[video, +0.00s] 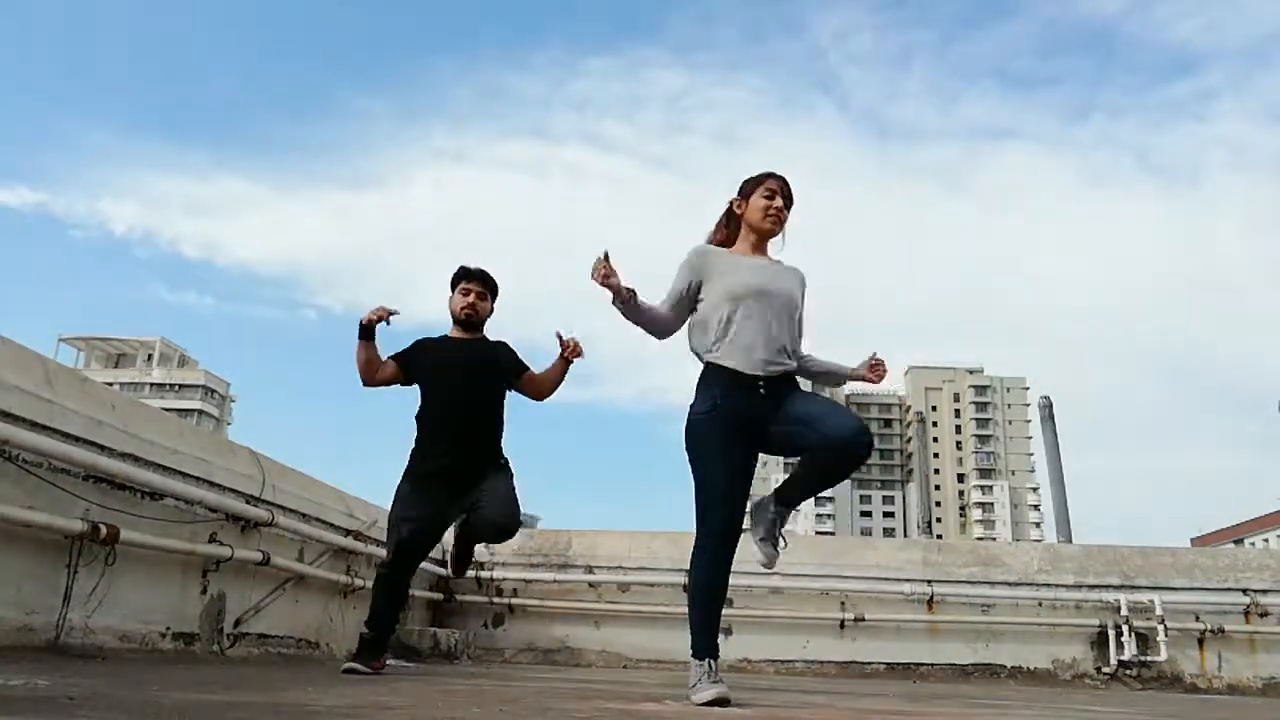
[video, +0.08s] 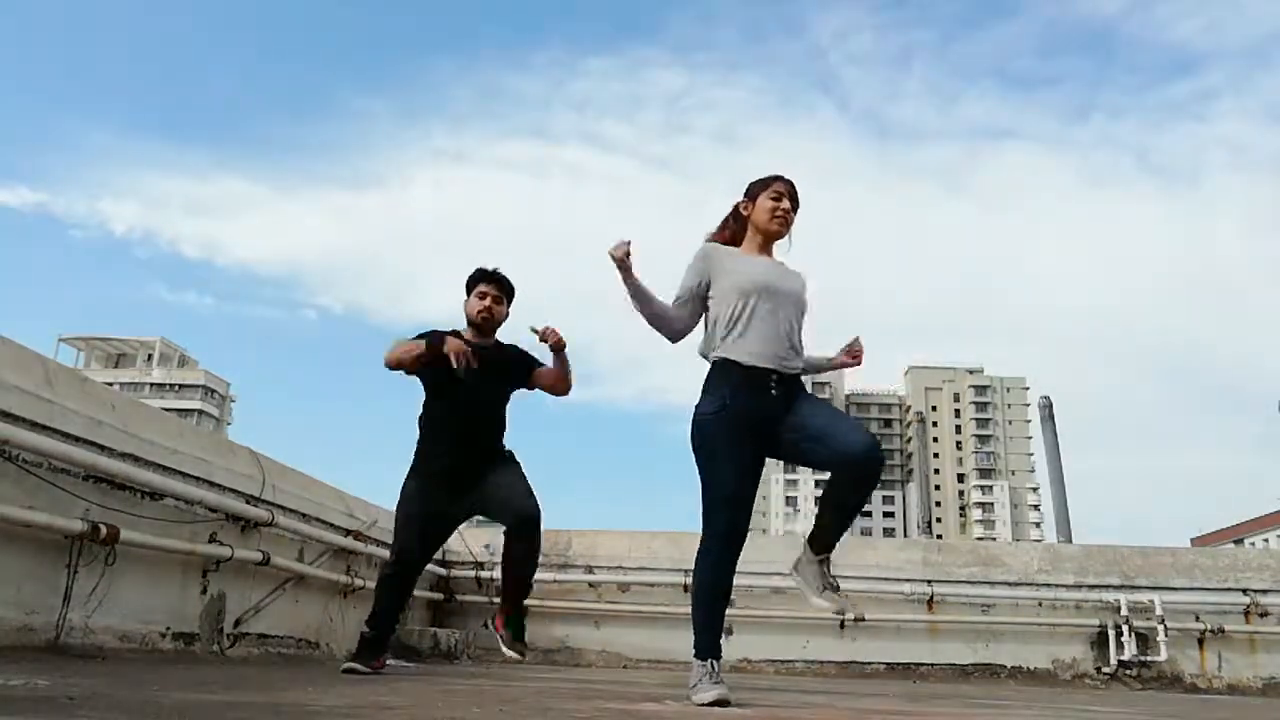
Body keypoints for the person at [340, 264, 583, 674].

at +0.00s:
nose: (471, 300)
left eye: (481, 296)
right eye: (465, 292)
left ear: (491, 309)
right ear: (450, 301)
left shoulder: (500, 355)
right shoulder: (426, 351)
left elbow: (539, 388)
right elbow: (372, 375)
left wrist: (563, 361)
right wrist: (366, 330)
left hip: (486, 469)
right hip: (430, 469)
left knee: (502, 523)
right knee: (398, 558)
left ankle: (466, 535)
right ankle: (372, 650)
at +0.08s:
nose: (488, 304)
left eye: (498, 300)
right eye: (481, 296)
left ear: (505, 314)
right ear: (466, 304)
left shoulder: (511, 359)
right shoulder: (438, 343)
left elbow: (560, 386)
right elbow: (393, 358)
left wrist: (559, 353)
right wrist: (439, 346)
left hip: (490, 470)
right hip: (435, 471)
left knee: (526, 518)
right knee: (404, 561)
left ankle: (511, 617)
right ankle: (371, 651)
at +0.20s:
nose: (493, 329)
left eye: (503, 325)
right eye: (487, 320)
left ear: (510, 338)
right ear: (471, 326)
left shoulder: (513, 376)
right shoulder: (448, 360)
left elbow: (550, 393)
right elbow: (469, 379)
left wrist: (535, 374)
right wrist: (512, 394)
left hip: (500, 492)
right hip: (443, 490)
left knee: (526, 557)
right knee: (405, 561)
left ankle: (544, 656)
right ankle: (374, 649)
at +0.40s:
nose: (507, 306)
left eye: (516, 303)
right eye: (500, 298)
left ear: (524, 316)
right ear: (485, 305)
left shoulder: (528, 369)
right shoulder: (458, 344)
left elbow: (568, 410)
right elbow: (425, 377)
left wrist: (578, 399)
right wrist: (475, 387)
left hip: (509, 487)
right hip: (453, 482)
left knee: (529, 571)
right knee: (416, 566)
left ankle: (542, 658)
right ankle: (375, 651)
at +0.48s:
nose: (512, 305)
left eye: (522, 302)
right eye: (505, 297)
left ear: (529, 315)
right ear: (490, 304)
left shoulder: (524, 364)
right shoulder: (460, 340)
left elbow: (549, 394)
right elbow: (399, 357)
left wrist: (589, 385)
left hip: (504, 485)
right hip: (449, 477)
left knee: (520, 565)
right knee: (414, 563)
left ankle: (540, 657)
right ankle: (376, 649)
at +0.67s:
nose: (517, 308)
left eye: (526, 305)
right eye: (510, 301)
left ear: (534, 319)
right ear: (494, 308)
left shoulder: (531, 370)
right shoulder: (467, 340)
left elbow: (571, 400)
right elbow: (420, 346)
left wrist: (588, 380)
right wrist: (467, 347)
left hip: (503, 488)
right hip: (448, 481)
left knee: (524, 569)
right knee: (411, 564)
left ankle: (542, 655)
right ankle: (375, 648)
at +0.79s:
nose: (514, 328)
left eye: (522, 323)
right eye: (506, 320)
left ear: (530, 334)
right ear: (491, 327)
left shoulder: (533, 376)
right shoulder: (471, 359)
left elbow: (572, 406)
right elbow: (501, 385)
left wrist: (548, 382)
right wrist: (536, 391)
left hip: (505, 492)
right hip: (450, 488)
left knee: (536, 560)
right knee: (409, 562)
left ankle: (542, 656)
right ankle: (375, 649)